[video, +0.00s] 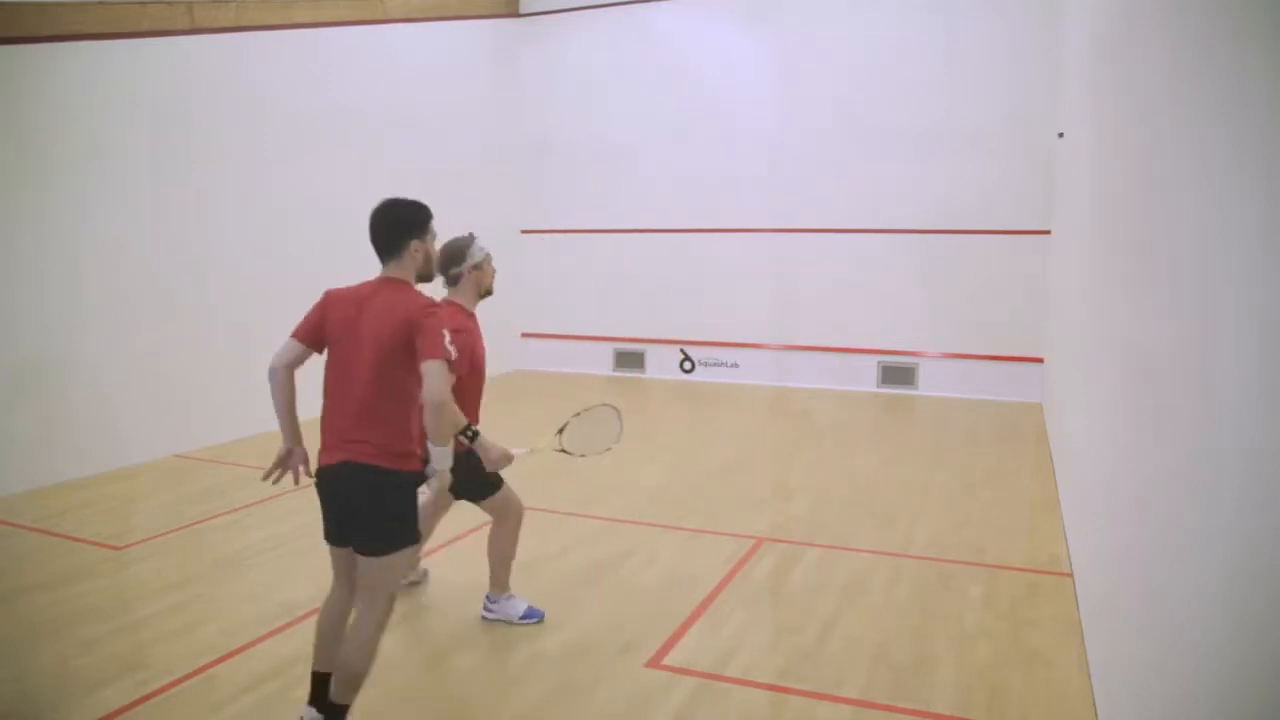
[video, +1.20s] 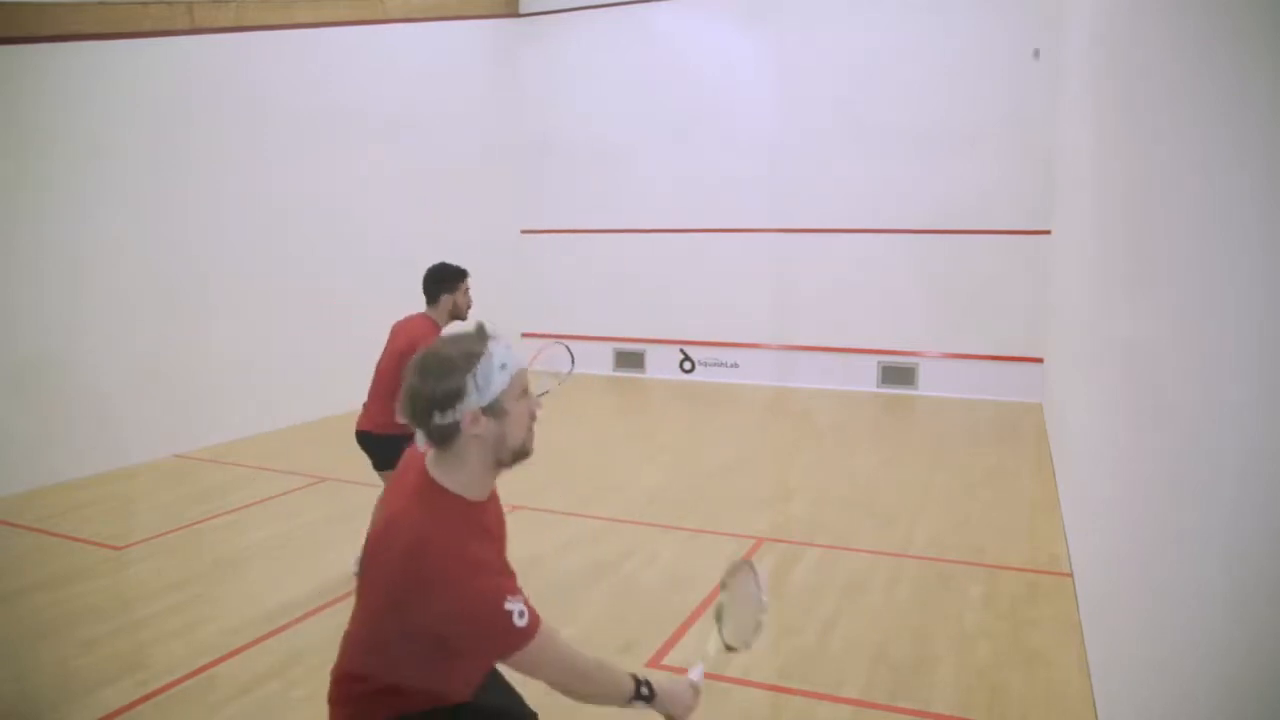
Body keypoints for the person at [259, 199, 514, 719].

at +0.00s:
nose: (437, 249)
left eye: (435, 239)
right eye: (433, 239)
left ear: (382, 247)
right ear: (416, 246)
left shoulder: (337, 302)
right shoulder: (422, 311)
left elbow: (281, 366)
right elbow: (436, 399)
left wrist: (291, 442)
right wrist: (441, 469)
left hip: (334, 472)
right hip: (387, 477)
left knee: (342, 589)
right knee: (374, 606)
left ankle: (319, 704)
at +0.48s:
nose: (402, 279)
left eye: (402, 269)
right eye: (395, 270)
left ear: (360, 273)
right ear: (366, 272)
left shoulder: (311, 310)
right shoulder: (370, 328)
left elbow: (280, 370)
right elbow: (359, 405)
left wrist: (315, 397)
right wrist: (380, 434)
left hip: (300, 455)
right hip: (346, 459)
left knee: (294, 546)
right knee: (379, 542)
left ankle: (286, 643)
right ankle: (324, 631)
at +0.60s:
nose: (410, 283)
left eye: (411, 274)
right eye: (402, 274)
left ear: (369, 276)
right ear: (374, 275)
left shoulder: (328, 310)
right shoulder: (377, 328)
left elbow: (305, 366)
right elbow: (364, 403)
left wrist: (349, 373)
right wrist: (395, 431)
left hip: (311, 449)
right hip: (357, 452)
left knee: (299, 541)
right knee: (402, 514)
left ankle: (288, 641)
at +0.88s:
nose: (451, 309)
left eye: (455, 301)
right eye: (445, 300)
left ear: (422, 297)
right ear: (422, 296)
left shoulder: (386, 322)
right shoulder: (420, 345)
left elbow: (359, 369)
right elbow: (417, 416)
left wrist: (387, 402)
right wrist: (450, 434)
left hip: (354, 440)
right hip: (393, 445)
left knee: (356, 507)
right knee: (444, 503)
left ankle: (321, 568)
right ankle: (451, 580)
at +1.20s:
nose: (470, 300)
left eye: (469, 292)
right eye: (466, 292)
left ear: (441, 299)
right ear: (446, 298)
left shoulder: (405, 324)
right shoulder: (429, 338)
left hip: (371, 428)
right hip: (390, 433)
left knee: (395, 492)